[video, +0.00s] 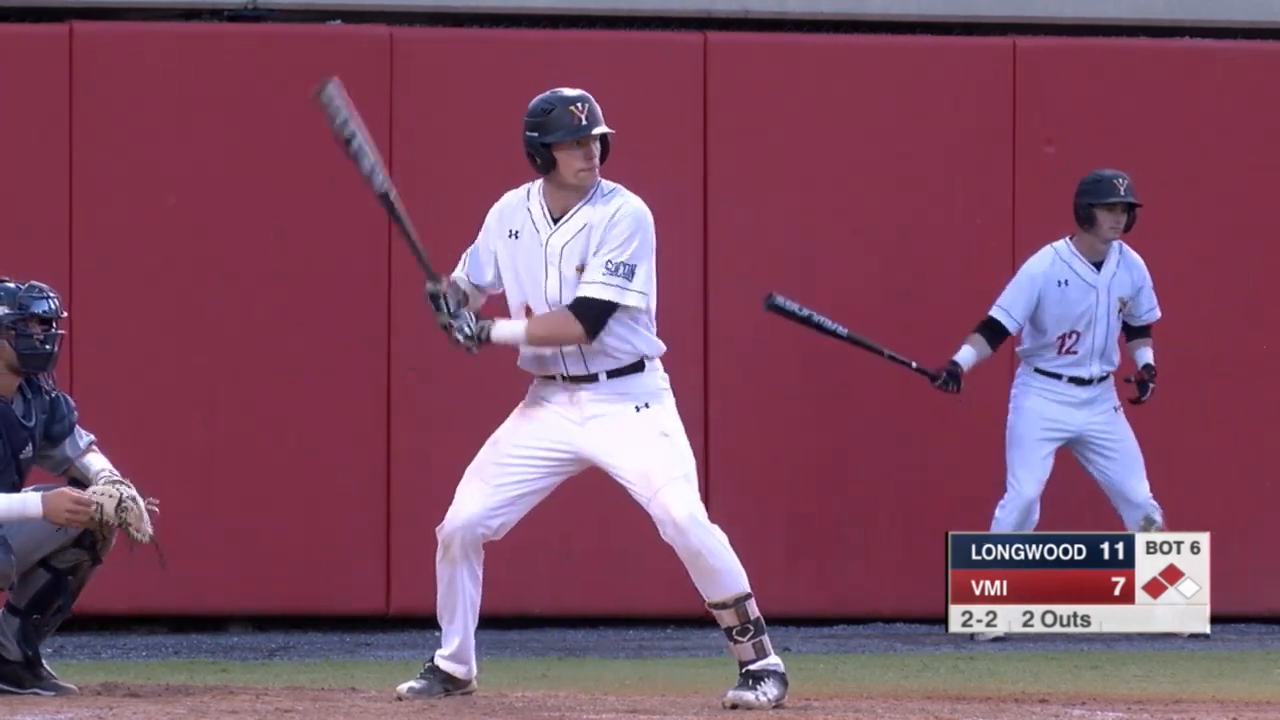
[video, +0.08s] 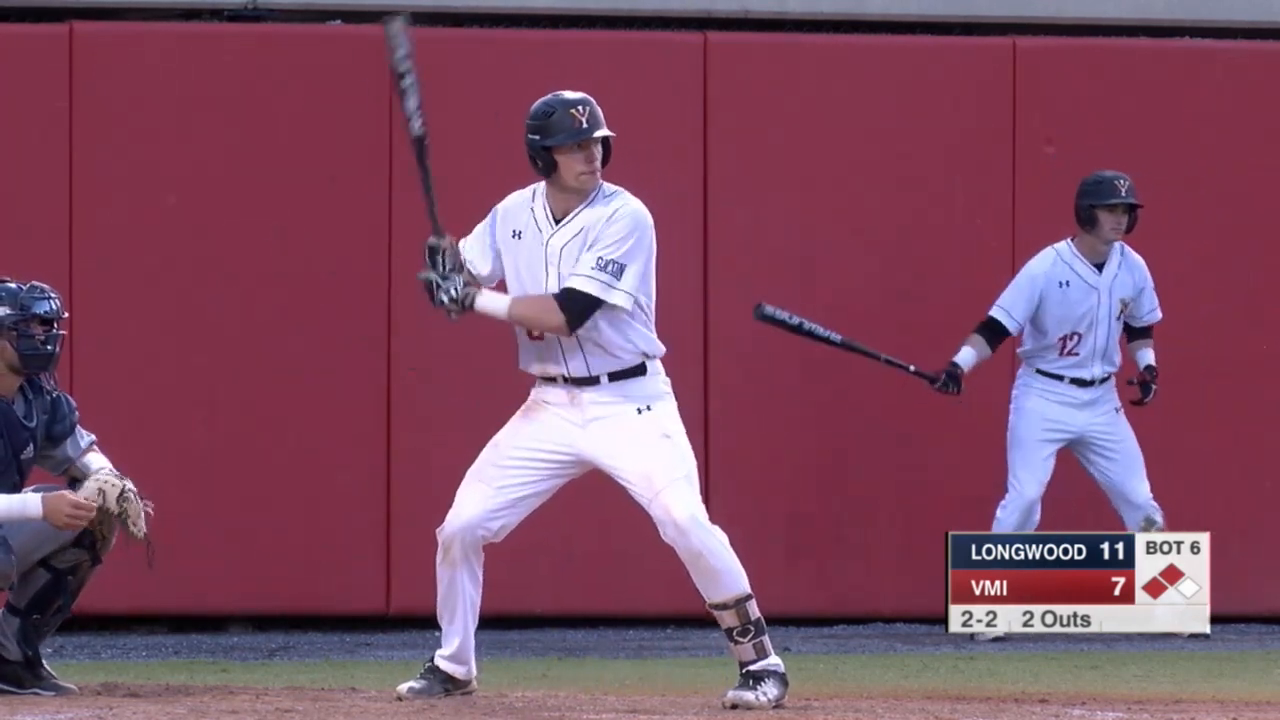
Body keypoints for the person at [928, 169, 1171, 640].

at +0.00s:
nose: (1119, 218)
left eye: (1124, 210)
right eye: (1110, 210)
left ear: (1128, 215)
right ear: (1085, 212)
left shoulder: (1130, 265)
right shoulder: (1044, 265)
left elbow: (1138, 324)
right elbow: (998, 326)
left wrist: (1145, 365)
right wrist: (958, 365)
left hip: (1100, 400)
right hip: (1040, 396)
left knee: (1141, 502)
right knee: (1024, 496)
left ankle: (1165, 603)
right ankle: (985, 598)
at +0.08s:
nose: (1120, 219)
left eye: (1125, 211)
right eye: (1111, 211)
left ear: (1130, 216)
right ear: (1086, 214)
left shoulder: (1132, 266)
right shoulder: (1045, 267)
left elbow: (1139, 326)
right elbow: (997, 326)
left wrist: (1146, 366)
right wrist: (958, 366)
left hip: (1101, 401)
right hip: (1042, 397)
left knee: (1141, 503)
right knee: (1025, 497)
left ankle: (1165, 604)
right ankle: (986, 598)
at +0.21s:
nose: (1134, 221)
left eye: (1138, 214)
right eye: (1124, 213)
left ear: (1142, 219)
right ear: (1099, 217)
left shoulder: (1142, 269)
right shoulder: (1058, 270)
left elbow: (1148, 328)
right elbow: (1014, 333)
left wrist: (1157, 371)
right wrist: (986, 384)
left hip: (1108, 403)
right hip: (1050, 398)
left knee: (1146, 506)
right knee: (1031, 500)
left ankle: (1164, 604)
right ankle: (989, 595)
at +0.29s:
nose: (1144, 223)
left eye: (1148, 215)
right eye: (1135, 215)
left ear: (1151, 221)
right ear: (1109, 218)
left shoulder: (1150, 270)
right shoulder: (1066, 272)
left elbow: (1154, 331)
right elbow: (1028, 341)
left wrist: (1164, 374)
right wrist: (1013, 396)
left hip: (1114, 405)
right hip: (1056, 400)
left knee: (1150, 507)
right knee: (1035, 500)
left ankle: (1166, 607)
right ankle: (988, 594)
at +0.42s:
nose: (1166, 225)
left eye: (1170, 217)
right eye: (1156, 217)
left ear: (1174, 223)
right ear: (1131, 221)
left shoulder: (1168, 274)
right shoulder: (1091, 275)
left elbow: (1169, 335)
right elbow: (1068, 357)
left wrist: (1180, 378)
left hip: (1128, 402)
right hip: (1072, 396)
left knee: (1160, 508)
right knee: (1047, 498)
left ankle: (1171, 608)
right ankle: (994, 590)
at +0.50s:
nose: (1180, 226)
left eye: (1185, 218)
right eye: (1171, 218)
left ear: (1188, 224)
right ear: (1146, 221)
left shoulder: (1181, 275)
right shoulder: (1108, 275)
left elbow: (1183, 340)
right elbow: (1098, 361)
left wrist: (1193, 384)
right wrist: (1141, 411)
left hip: (1138, 404)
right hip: (1084, 399)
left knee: (1167, 507)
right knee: (1055, 499)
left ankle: (1177, 608)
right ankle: (996, 592)